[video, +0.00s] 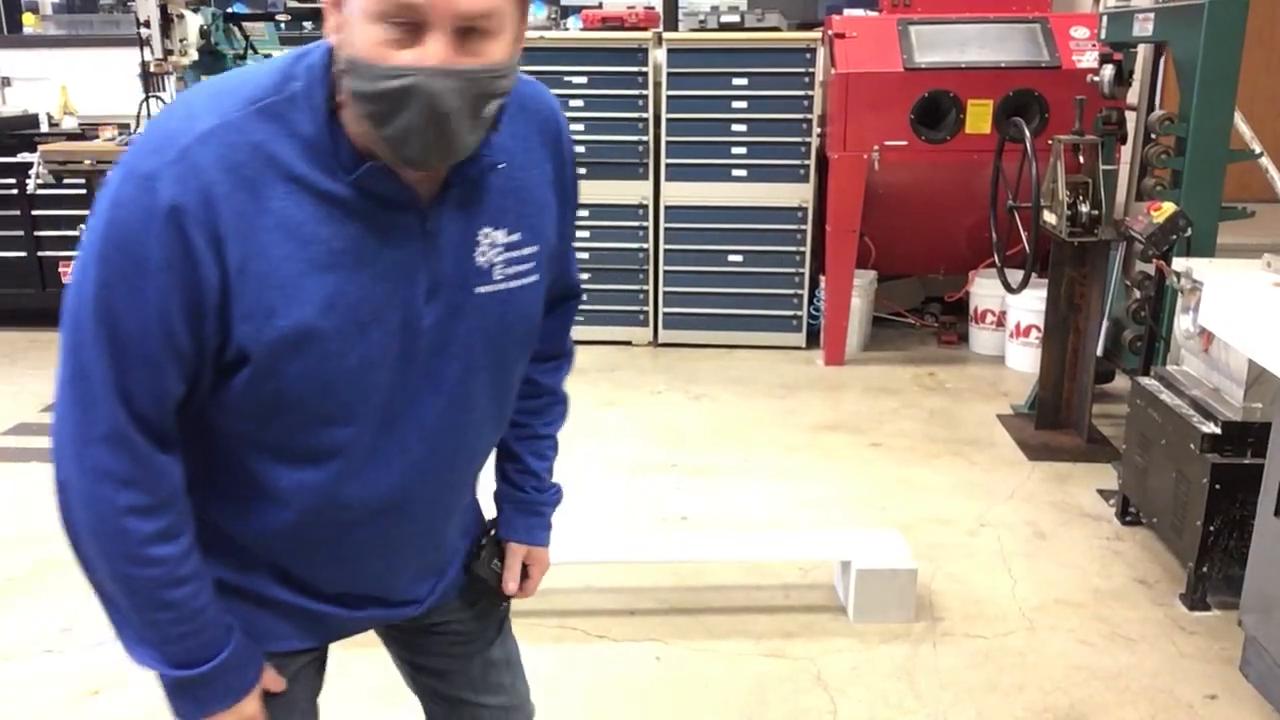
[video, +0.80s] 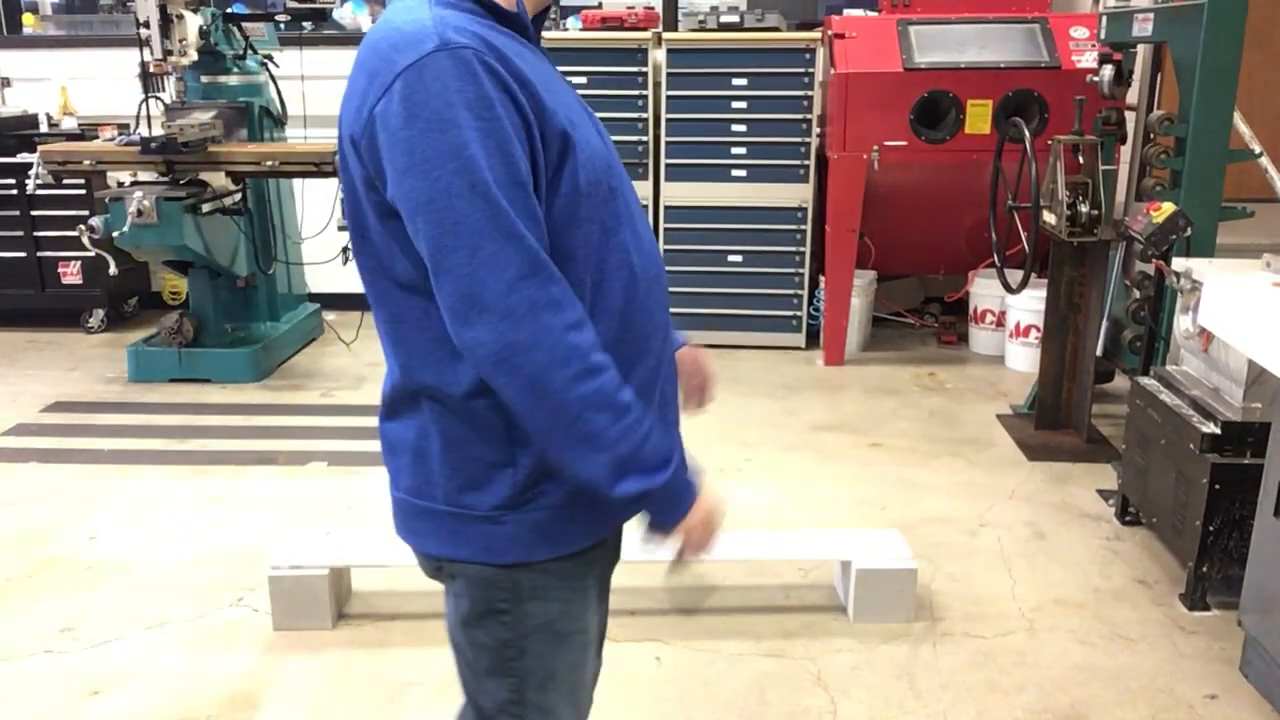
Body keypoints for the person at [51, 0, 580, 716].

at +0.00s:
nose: (435, 67)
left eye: (473, 33)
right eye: (401, 27)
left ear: (523, 34)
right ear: (335, 19)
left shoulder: (532, 134)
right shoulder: (184, 178)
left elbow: (543, 332)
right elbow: (105, 457)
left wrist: (527, 501)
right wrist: (207, 667)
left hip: (436, 542)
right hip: (258, 575)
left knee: (498, 709)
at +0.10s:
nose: (541, 45)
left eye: (555, 17)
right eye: (506, 14)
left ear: (571, 18)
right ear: (396, 10)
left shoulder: (555, 133)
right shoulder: (224, 162)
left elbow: (567, 330)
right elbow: (134, 434)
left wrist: (541, 501)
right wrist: (239, 649)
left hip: (458, 549)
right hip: (284, 573)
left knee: (494, 712)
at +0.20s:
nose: (581, 66)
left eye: (588, 43)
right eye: (556, 41)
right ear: (466, 4)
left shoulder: (564, 116)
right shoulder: (268, 142)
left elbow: (592, 309)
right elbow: (182, 395)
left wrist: (572, 475)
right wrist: (312, 603)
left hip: (503, 535)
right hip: (319, 567)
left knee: (517, 709)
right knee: (318, 712)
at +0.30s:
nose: (587, 20)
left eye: (587, 4)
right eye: (579, 3)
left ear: (542, 4)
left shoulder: (563, 81)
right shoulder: (309, 112)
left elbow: (607, 270)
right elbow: (248, 375)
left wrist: (612, 415)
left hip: (529, 526)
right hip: (356, 545)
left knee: (537, 709)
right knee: (351, 707)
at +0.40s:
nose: (591, 4)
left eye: (589, 0)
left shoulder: (558, 60)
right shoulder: (348, 92)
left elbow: (613, 235)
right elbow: (332, 359)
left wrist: (644, 348)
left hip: (551, 528)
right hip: (400, 544)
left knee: (540, 707)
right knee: (386, 707)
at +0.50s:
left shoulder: (549, 53)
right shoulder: (382, 77)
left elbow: (605, 217)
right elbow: (404, 341)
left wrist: (662, 291)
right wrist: (630, 406)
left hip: (566, 513)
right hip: (438, 535)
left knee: (545, 709)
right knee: (430, 707)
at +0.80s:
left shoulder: (484, 50)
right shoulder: (437, 68)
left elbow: (548, 257)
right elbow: (511, 317)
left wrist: (655, 350)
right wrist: (665, 482)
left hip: (552, 494)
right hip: (511, 511)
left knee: (549, 701)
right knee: (523, 710)